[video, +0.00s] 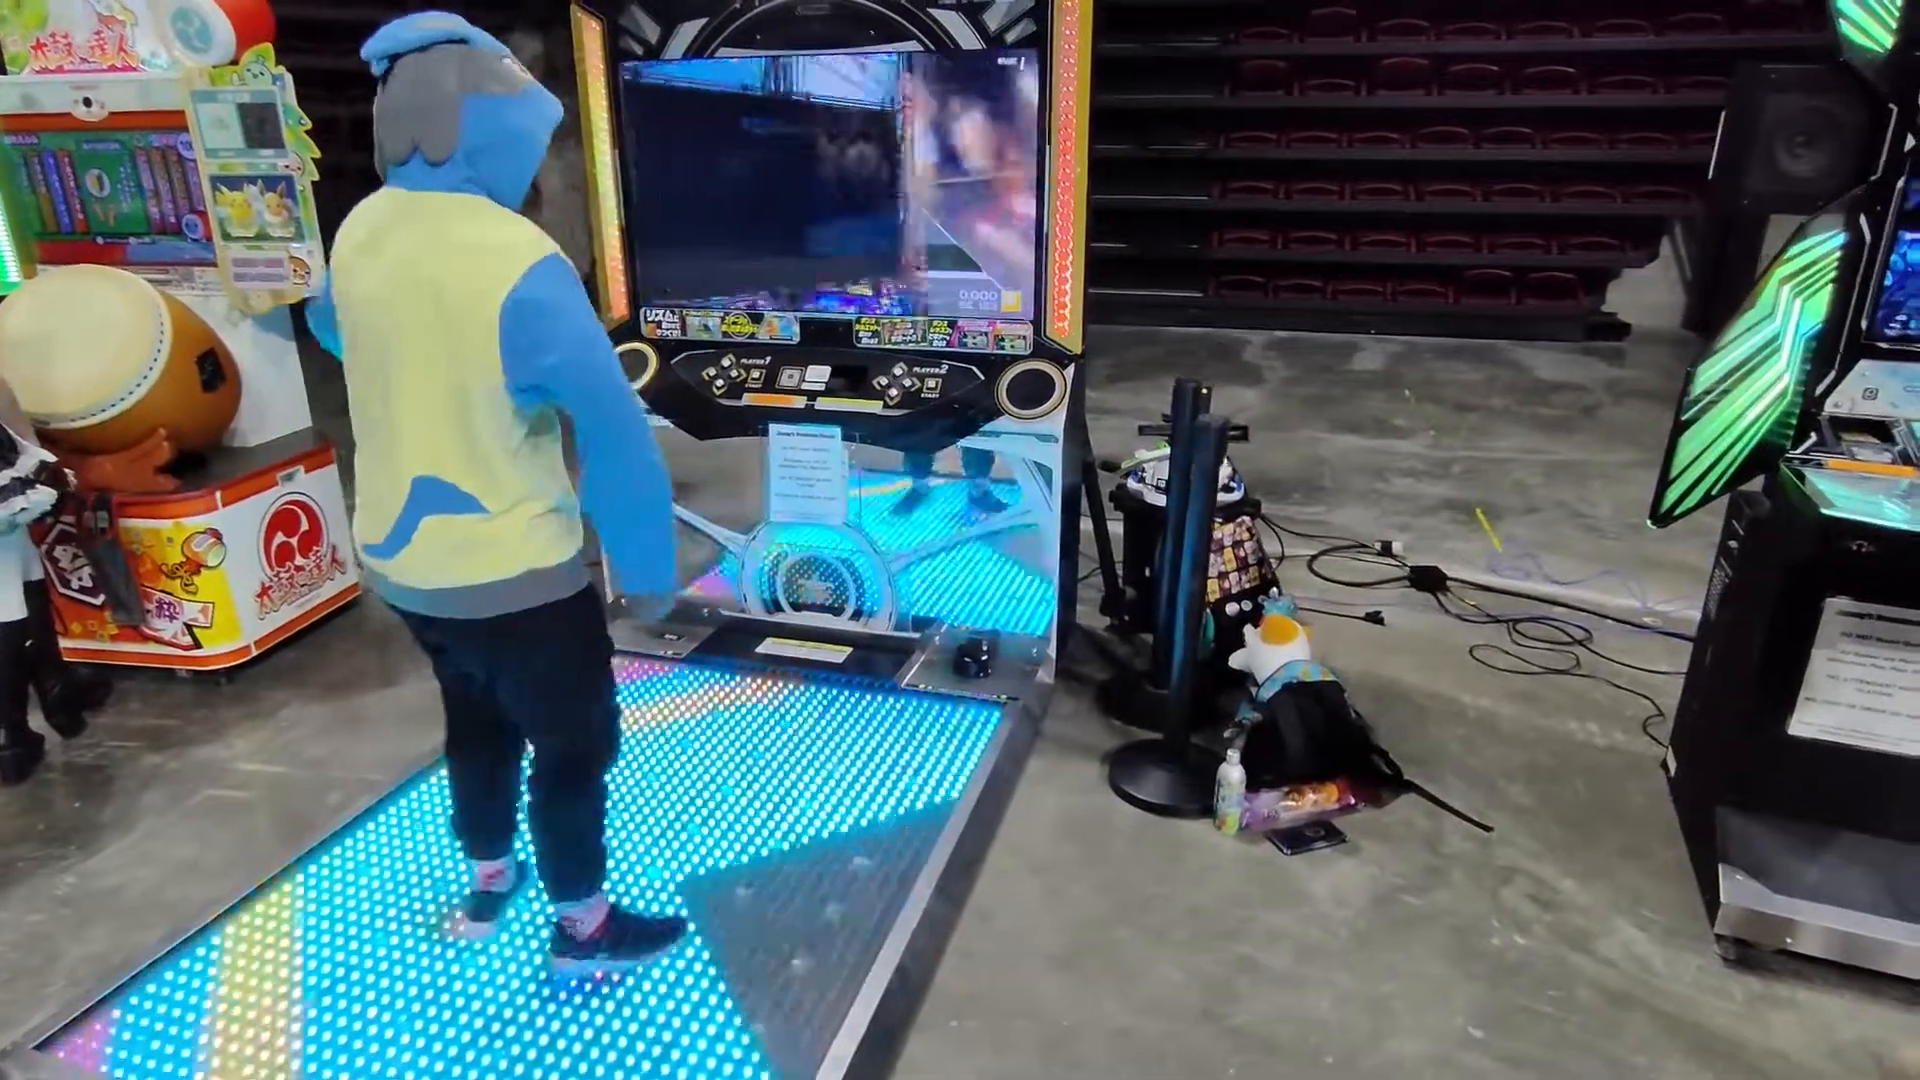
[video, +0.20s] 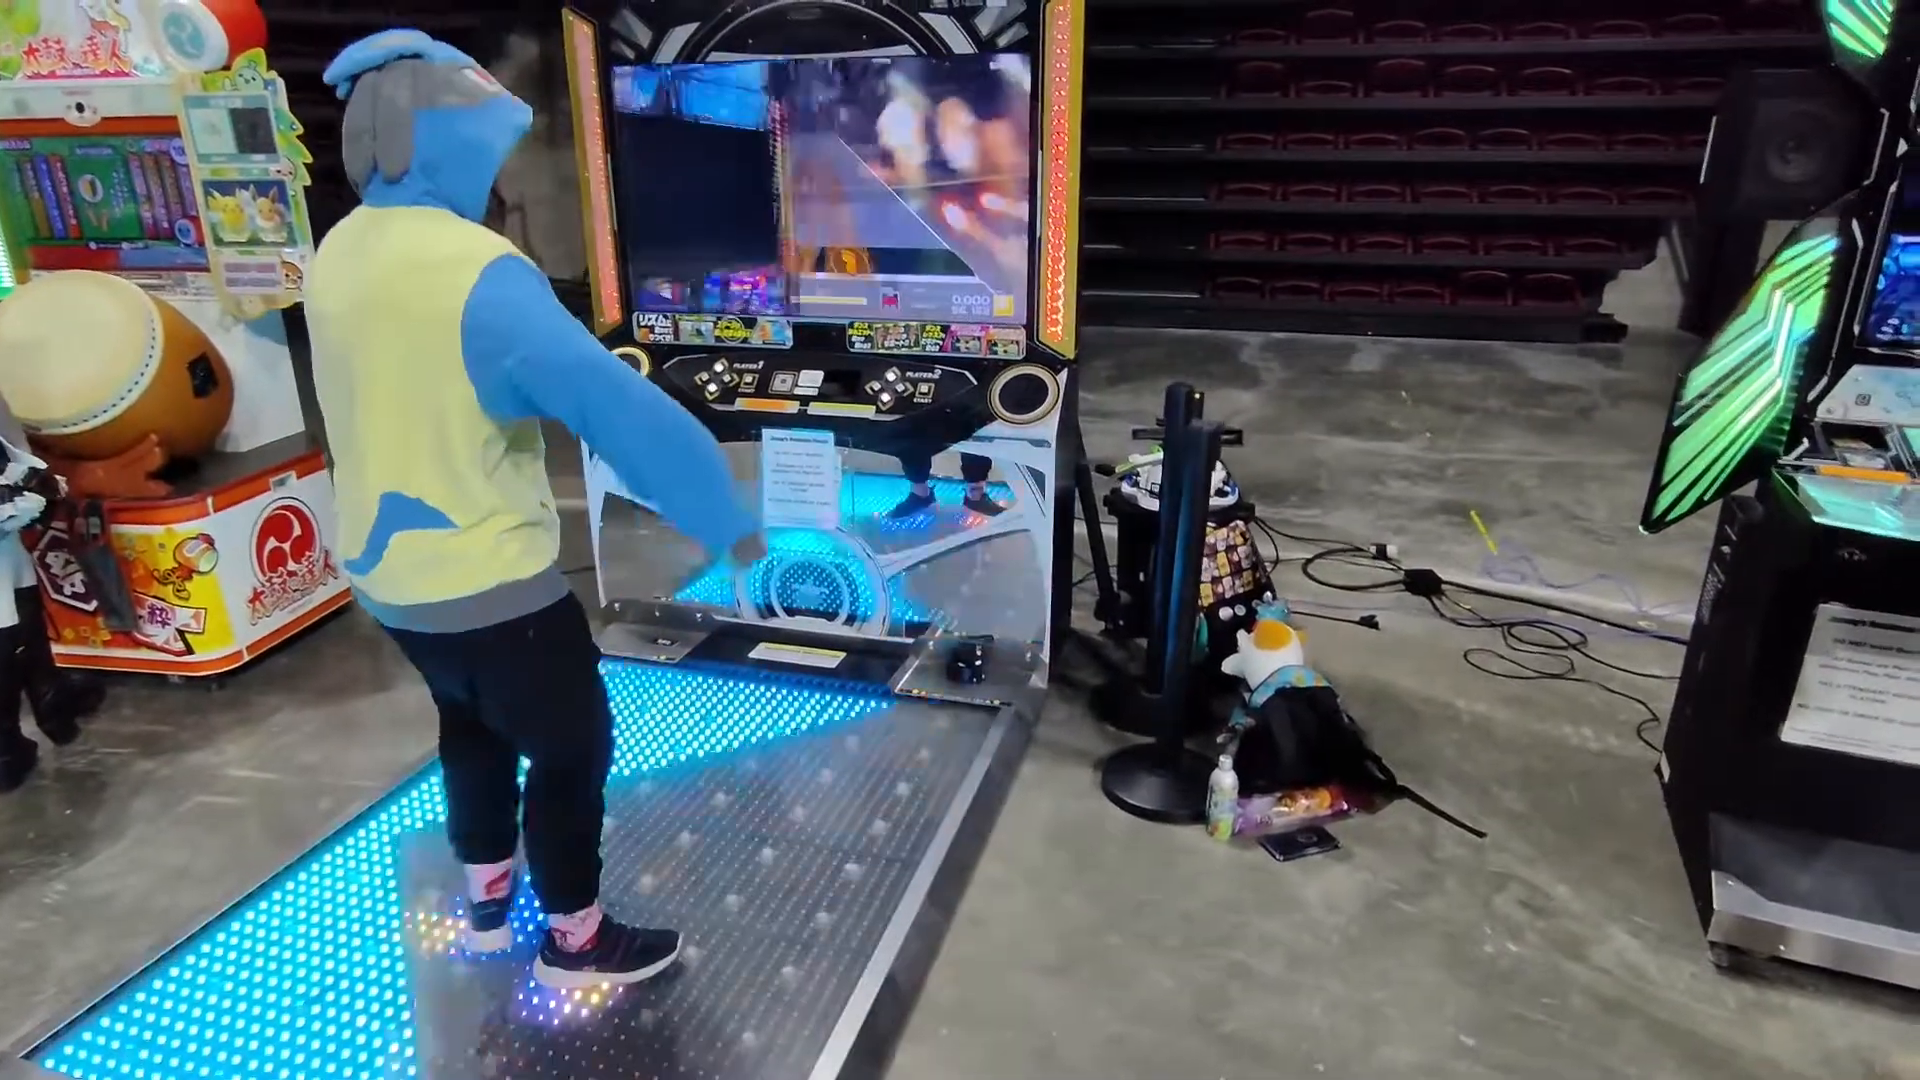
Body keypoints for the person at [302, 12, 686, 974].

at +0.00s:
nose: (530, 145)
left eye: (525, 124)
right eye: (515, 125)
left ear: (414, 134)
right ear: (471, 130)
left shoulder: (362, 232)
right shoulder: (520, 264)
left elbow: (337, 335)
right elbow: (615, 429)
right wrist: (648, 568)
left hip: (408, 567)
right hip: (521, 574)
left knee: (478, 718)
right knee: (575, 743)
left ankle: (489, 872)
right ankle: (581, 920)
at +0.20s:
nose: (495, 159)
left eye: (492, 138)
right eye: (482, 138)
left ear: (383, 146)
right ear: (436, 141)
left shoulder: (333, 259)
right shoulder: (481, 273)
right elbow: (619, 405)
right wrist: (723, 515)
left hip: (389, 577)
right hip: (495, 582)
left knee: (472, 724)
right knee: (571, 744)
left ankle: (489, 895)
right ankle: (573, 935)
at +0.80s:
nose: (440, 148)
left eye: (431, 128)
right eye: (426, 128)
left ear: (297, 148)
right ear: (393, 140)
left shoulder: (246, 257)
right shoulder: (440, 279)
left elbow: (200, 363)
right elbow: (562, 425)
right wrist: (689, 422)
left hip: (336, 594)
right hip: (470, 586)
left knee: (401, 730)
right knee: (544, 731)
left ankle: (422, 905)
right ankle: (558, 917)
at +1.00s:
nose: (455, 152)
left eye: (447, 131)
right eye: (442, 132)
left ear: (310, 147)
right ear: (407, 142)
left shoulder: (263, 253)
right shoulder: (452, 277)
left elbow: (364, 351)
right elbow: (567, 372)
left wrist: (494, 377)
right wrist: (672, 391)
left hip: (344, 591)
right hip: (480, 588)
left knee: (405, 731)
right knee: (542, 755)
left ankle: (420, 903)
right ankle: (585, 926)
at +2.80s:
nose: (527, 161)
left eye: (515, 144)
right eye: (512, 145)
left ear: (400, 171)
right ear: (483, 161)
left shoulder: (359, 275)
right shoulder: (546, 289)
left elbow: (370, 407)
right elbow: (630, 438)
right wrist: (692, 541)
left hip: (425, 589)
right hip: (558, 595)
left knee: (461, 743)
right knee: (573, 768)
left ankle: (468, 911)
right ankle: (601, 942)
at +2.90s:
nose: (531, 167)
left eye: (521, 149)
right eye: (518, 151)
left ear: (401, 177)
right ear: (496, 167)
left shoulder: (362, 274)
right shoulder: (552, 294)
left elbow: (356, 423)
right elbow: (667, 407)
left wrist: (371, 464)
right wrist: (755, 479)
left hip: (429, 594)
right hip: (558, 601)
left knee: (461, 753)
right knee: (573, 773)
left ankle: (469, 911)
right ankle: (602, 943)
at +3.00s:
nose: (530, 164)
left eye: (519, 147)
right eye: (516, 149)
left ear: (401, 177)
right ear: (494, 164)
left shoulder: (365, 276)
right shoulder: (567, 295)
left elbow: (331, 388)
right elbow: (707, 384)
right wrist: (837, 430)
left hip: (431, 597)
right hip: (563, 607)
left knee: (464, 754)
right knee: (575, 777)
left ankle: (472, 916)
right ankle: (603, 949)